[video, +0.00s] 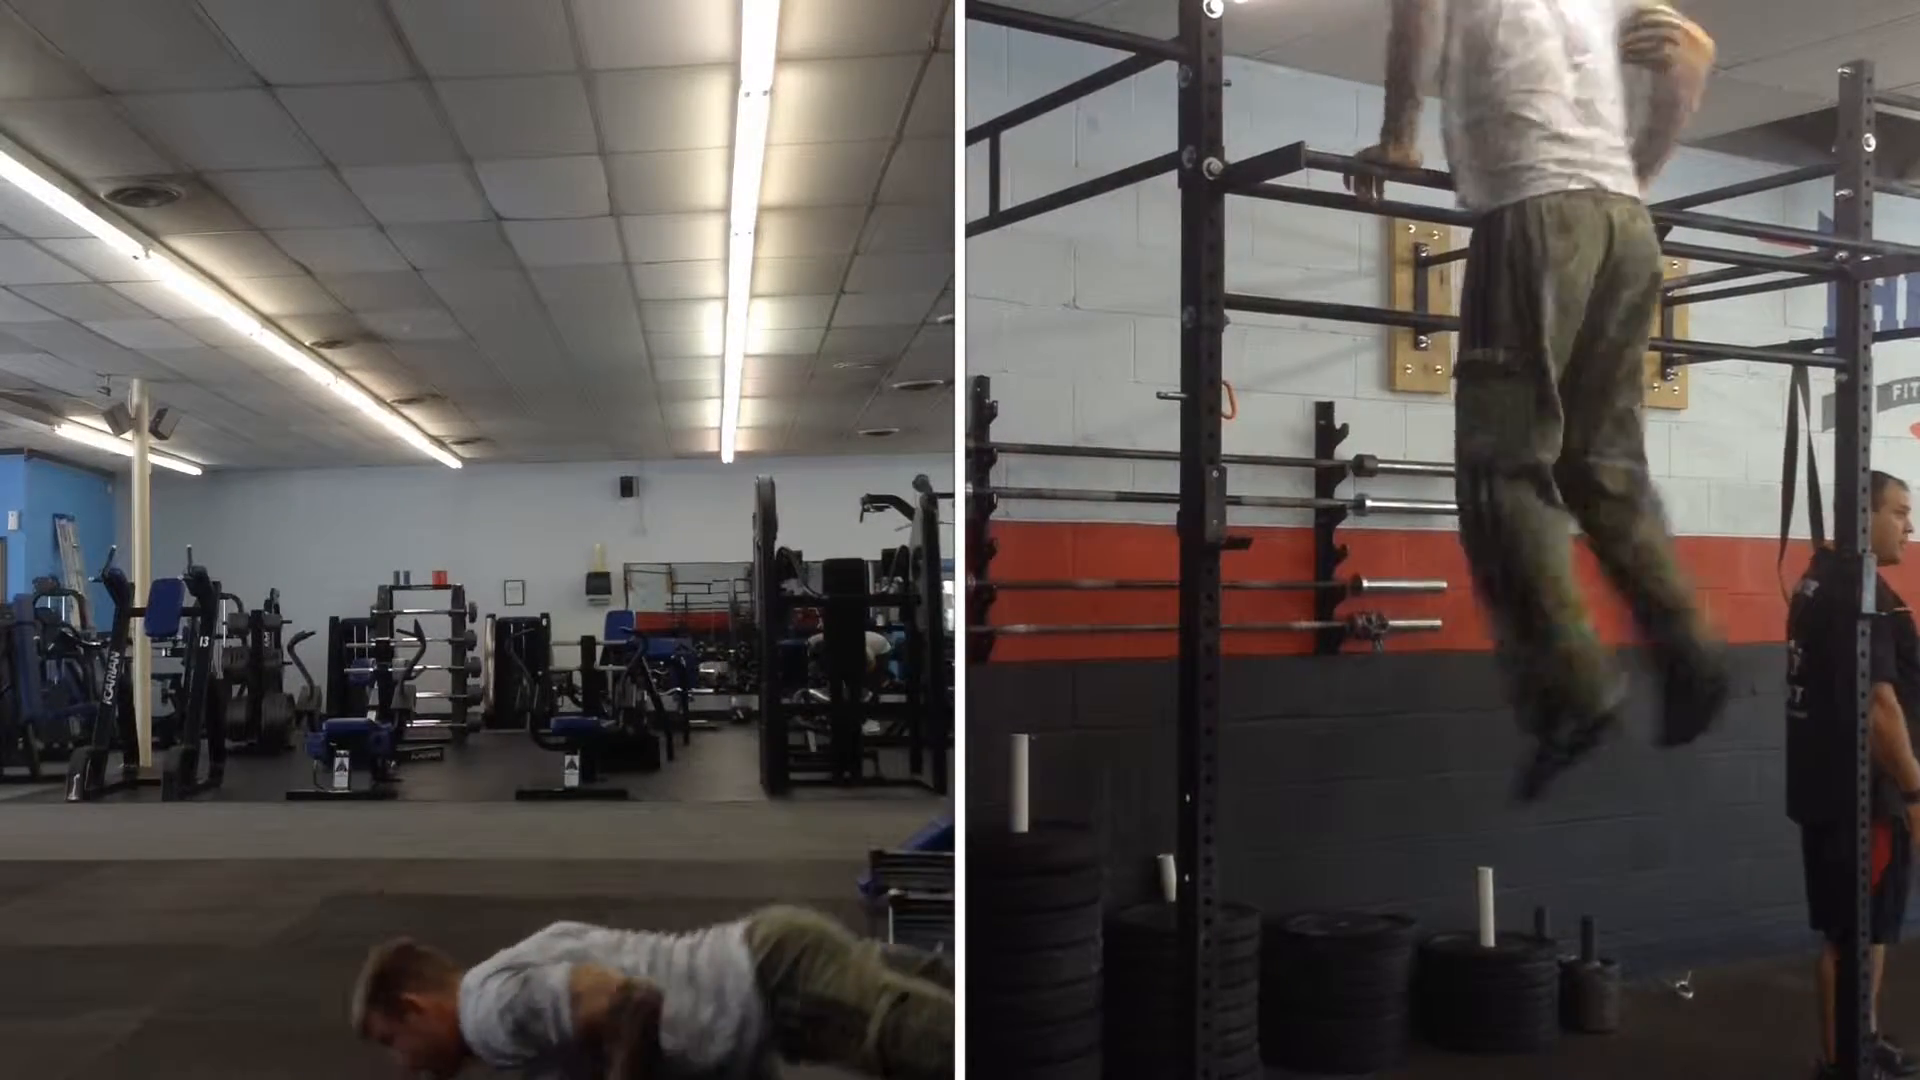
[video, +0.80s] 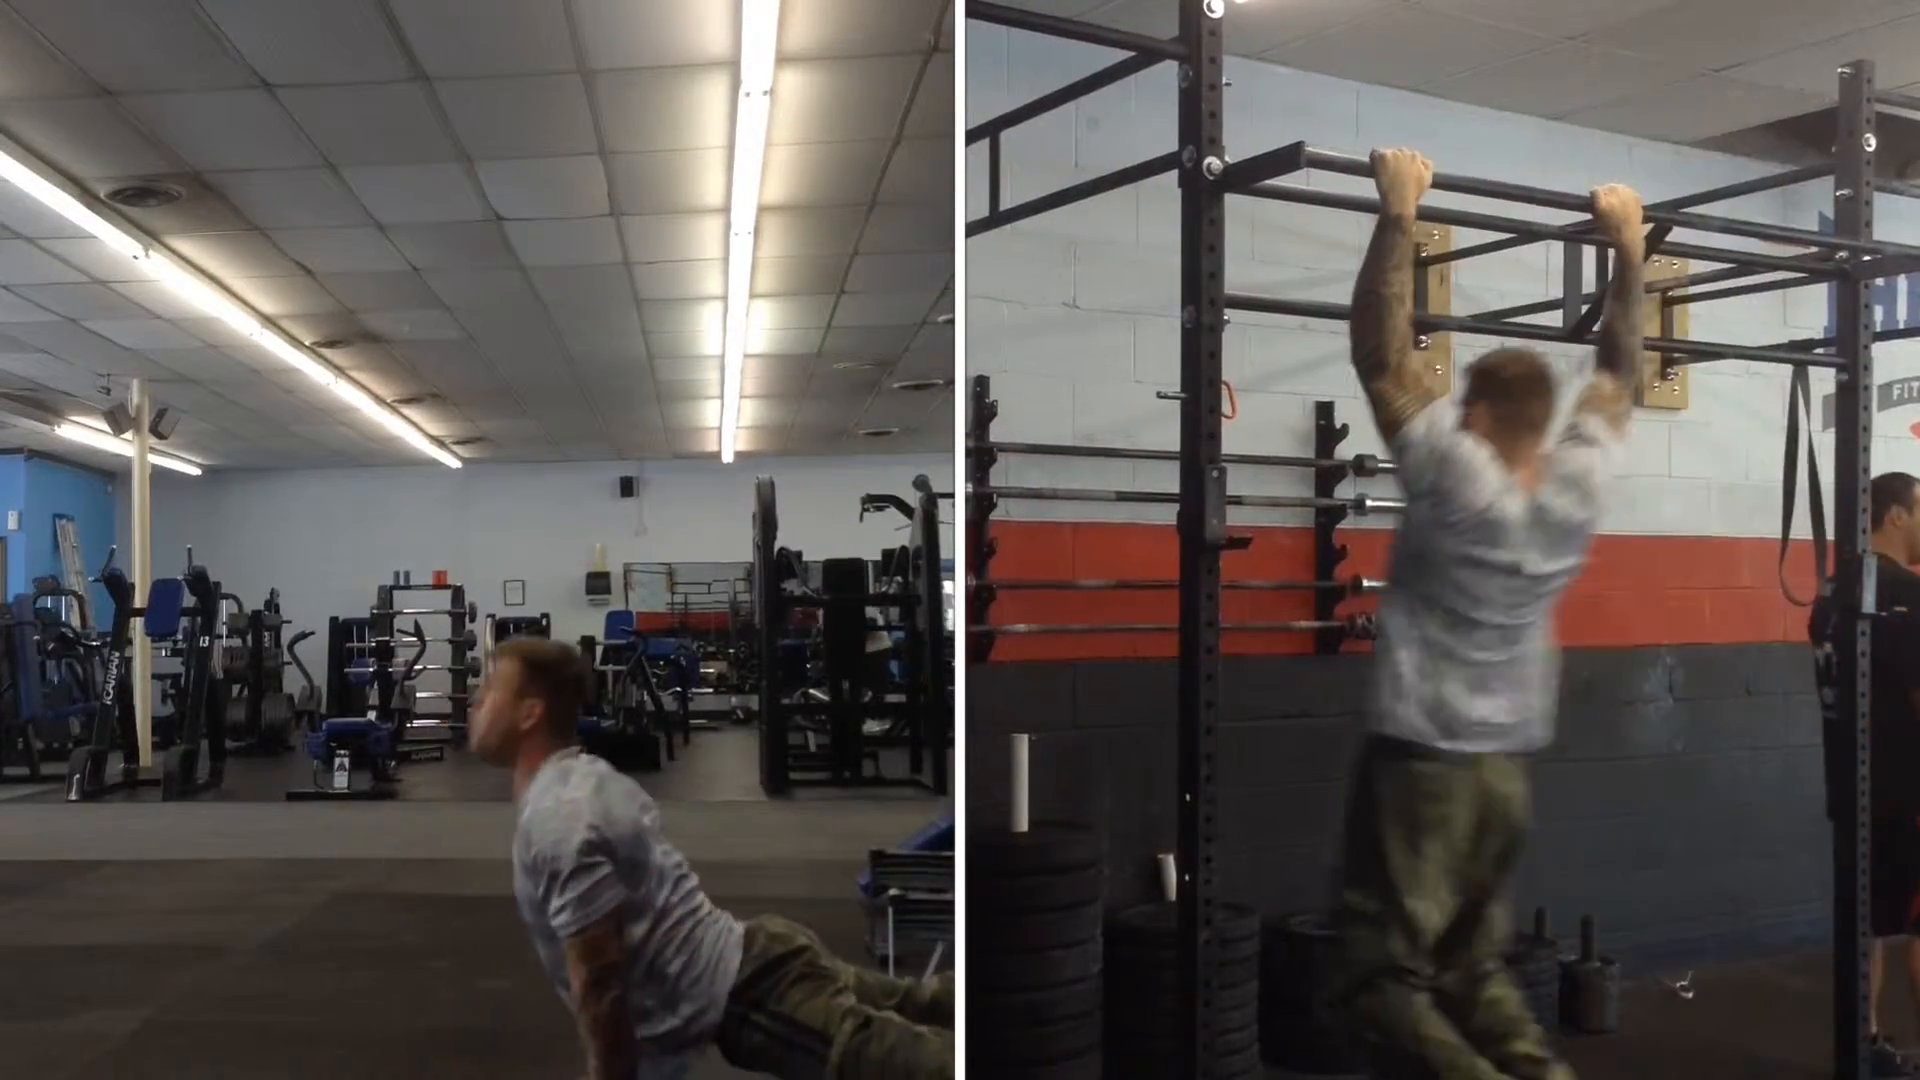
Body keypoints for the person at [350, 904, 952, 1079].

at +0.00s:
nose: (398, 1062)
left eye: (387, 1042)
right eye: (384, 1049)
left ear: (415, 1007)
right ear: (430, 985)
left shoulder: (489, 1007)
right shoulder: (507, 969)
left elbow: (626, 1001)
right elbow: (633, 989)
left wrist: (616, 1072)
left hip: (773, 982)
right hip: (773, 949)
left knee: (954, 1046)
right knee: (962, 1008)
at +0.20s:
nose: (364, 1001)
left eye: (364, 979)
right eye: (359, 982)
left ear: (401, 962)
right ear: (416, 949)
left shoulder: (476, 992)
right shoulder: (509, 942)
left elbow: (618, 997)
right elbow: (650, 943)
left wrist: (615, 1073)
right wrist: (589, 1031)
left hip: (750, 1034)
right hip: (756, 994)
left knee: (930, 1066)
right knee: (936, 1017)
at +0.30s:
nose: (366, 949)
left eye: (369, 929)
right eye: (362, 932)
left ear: (412, 921)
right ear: (427, 911)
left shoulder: (478, 966)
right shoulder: (515, 918)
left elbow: (618, 1001)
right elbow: (653, 947)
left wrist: (616, 1075)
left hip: (743, 1041)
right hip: (750, 1005)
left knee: (925, 1072)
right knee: (922, 1024)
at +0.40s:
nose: (377, 891)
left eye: (385, 872)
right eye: (377, 873)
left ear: (429, 870)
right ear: (445, 866)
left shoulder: (486, 930)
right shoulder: (534, 885)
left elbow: (619, 998)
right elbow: (653, 946)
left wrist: (616, 1072)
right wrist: (609, 1038)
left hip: (742, 1041)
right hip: (753, 1003)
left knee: (926, 1070)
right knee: (924, 1026)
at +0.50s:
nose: (401, 830)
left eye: (408, 812)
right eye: (402, 813)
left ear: (451, 820)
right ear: (465, 815)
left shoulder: (502, 890)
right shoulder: (537, 850)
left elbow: (617, 1002)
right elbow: (629, 966)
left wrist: (615, 1076)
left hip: (747, 1039)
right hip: (751, 991)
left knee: (933, 1070)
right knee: (917, 1021)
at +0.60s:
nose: (426, 776)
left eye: (437, 759)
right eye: (429, 759)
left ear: (480, 770)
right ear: (492, 769)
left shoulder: (519, 855)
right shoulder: (552, 814)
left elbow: (611, 990)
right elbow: (640, 936)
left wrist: (616, 1072)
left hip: (745, 1028)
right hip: (755, 978)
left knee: (930, 1064)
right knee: (923, 1017)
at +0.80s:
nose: (473, 703)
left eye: (489, 690)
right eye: (481, 689)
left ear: (531, 714)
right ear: (534, 715)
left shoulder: (562, 817)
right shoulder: (580, 779)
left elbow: (600, 983)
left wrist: (611, 1070)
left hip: (751, 1001)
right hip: (756, 957)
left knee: (933, 1062)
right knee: (924, 1005)